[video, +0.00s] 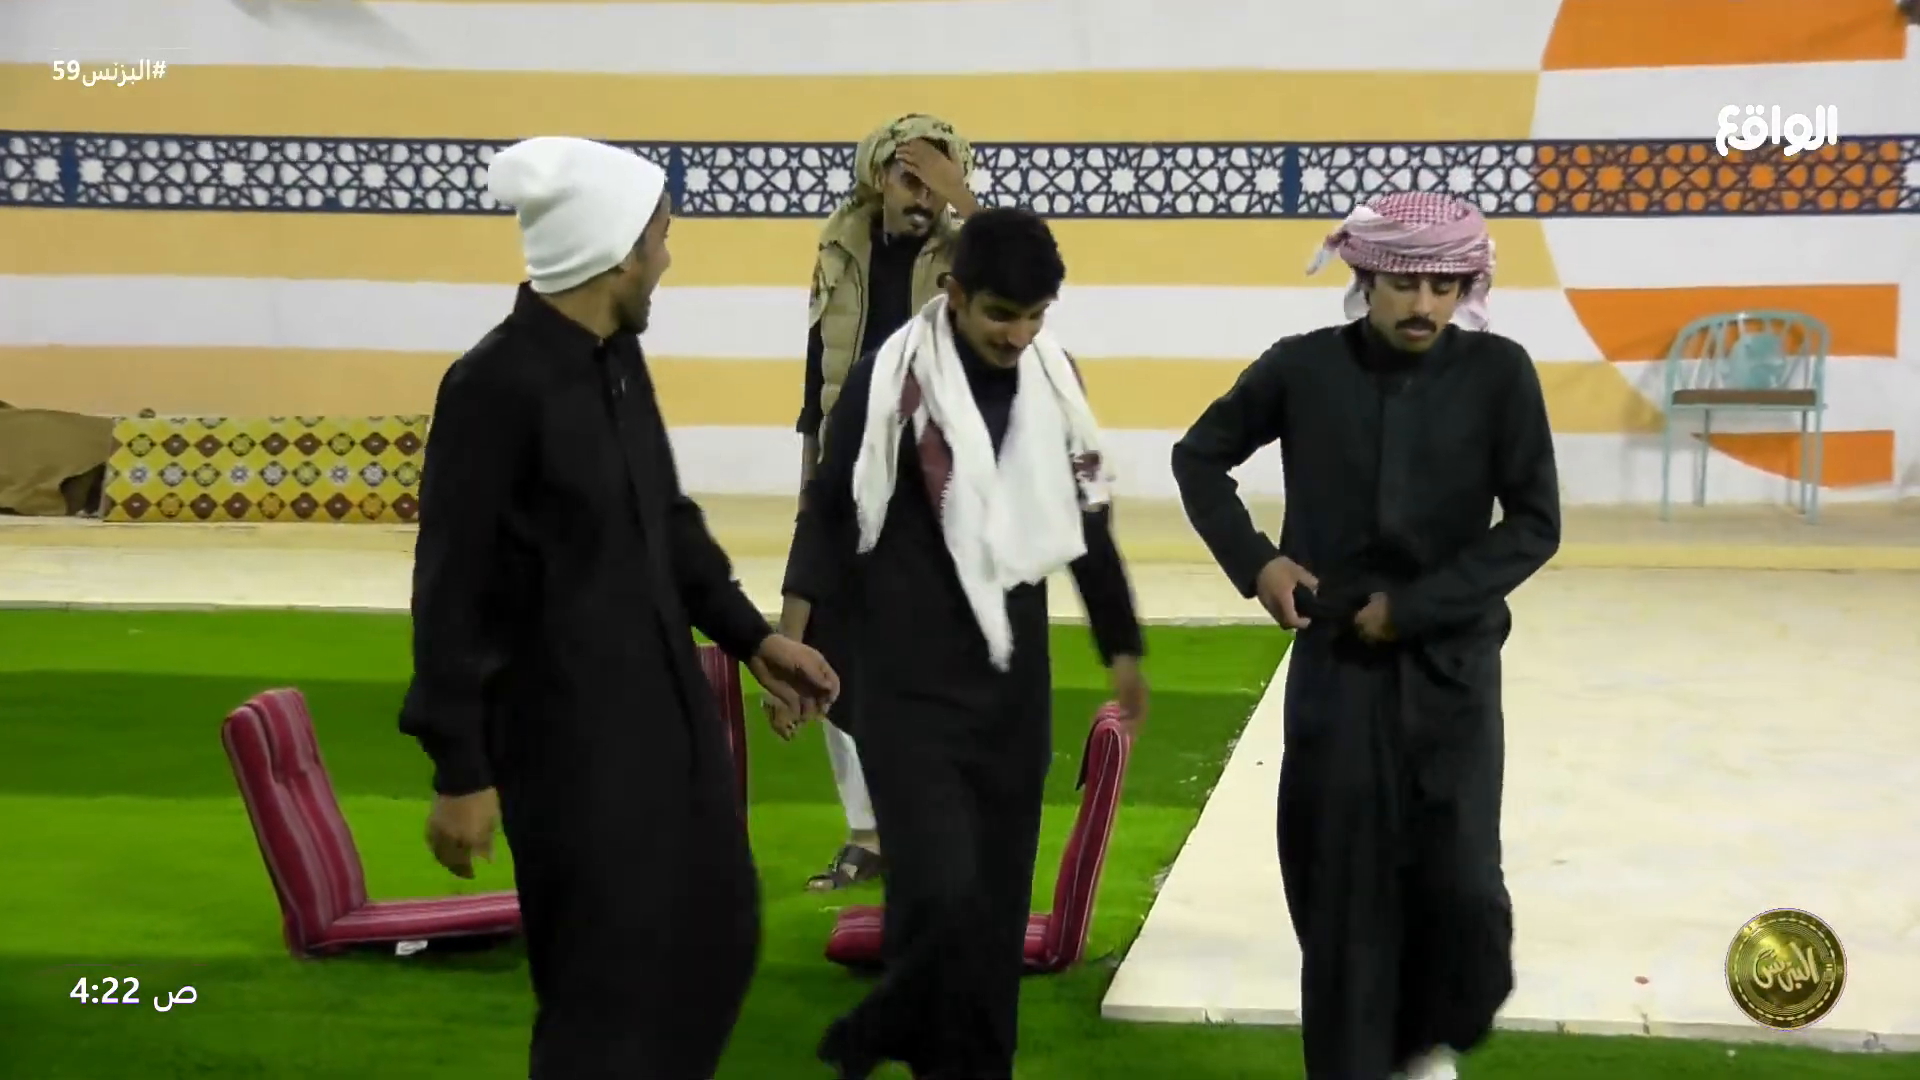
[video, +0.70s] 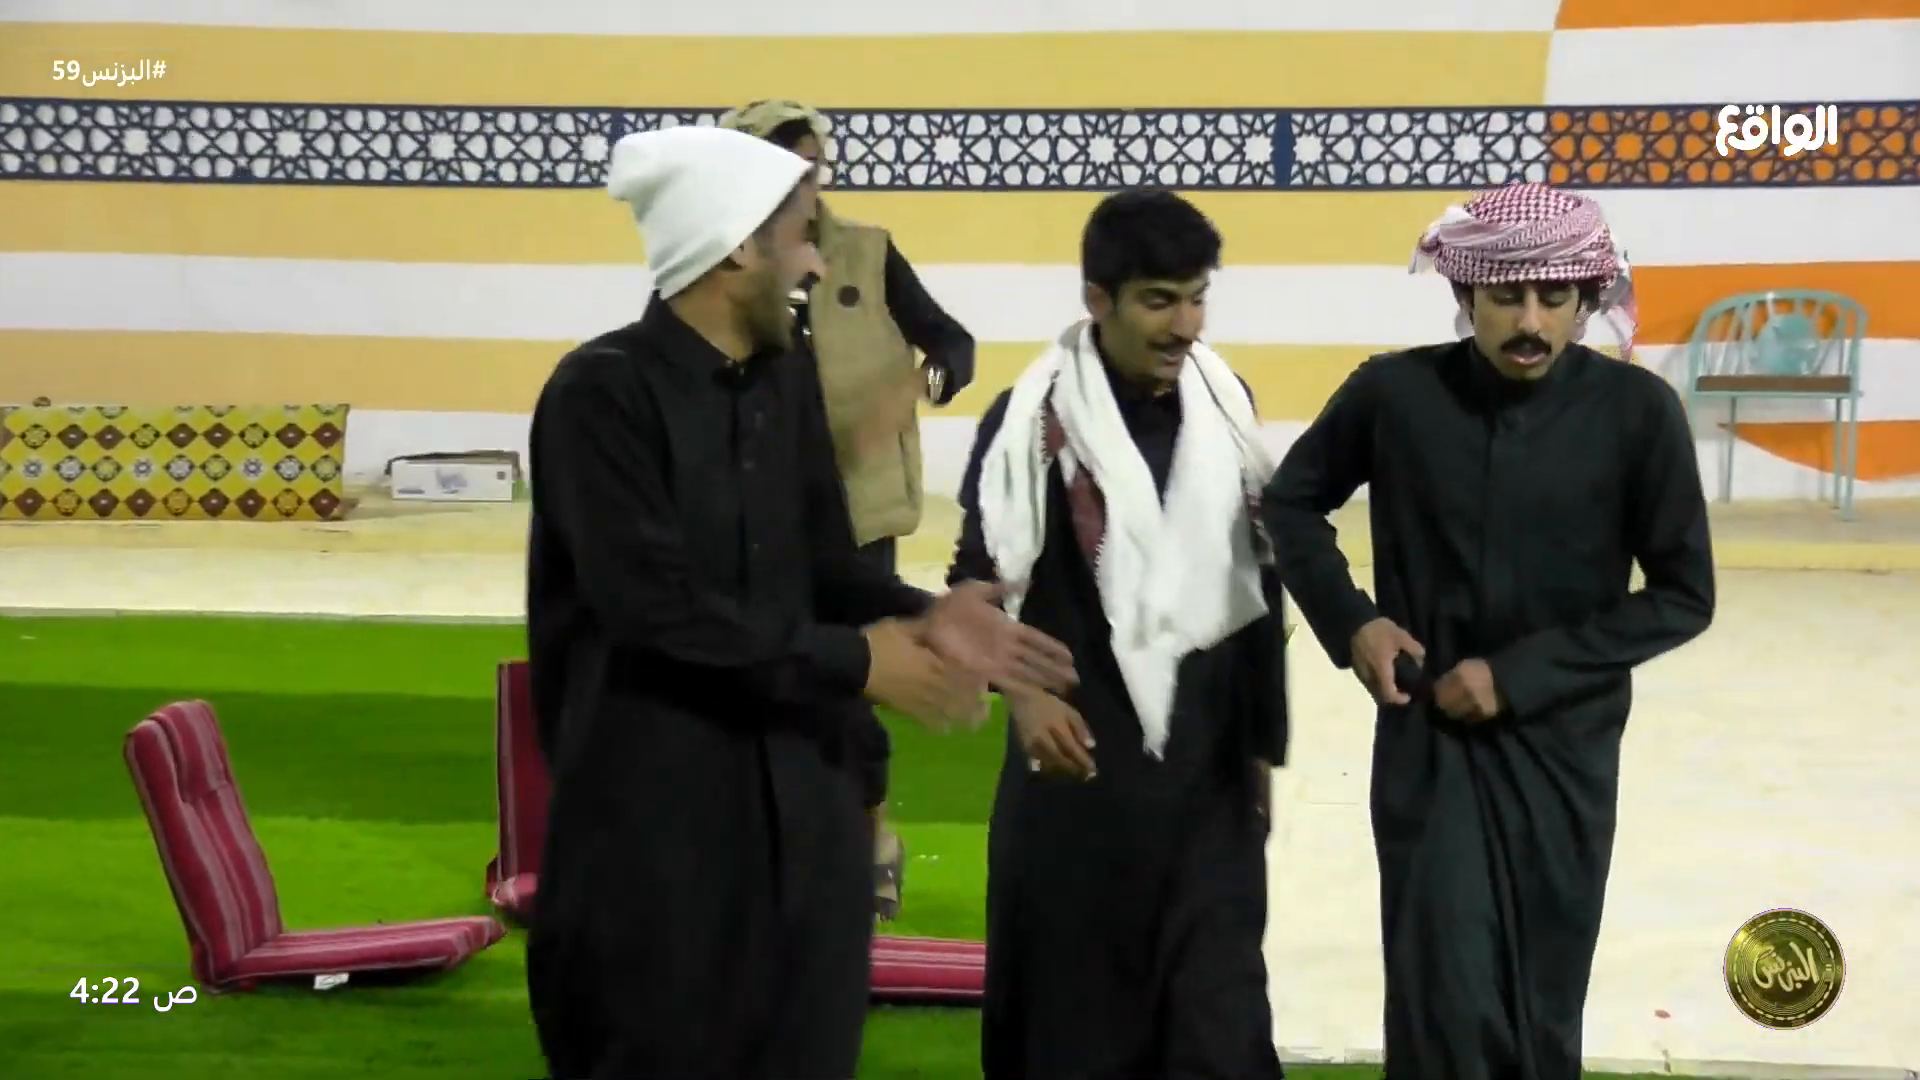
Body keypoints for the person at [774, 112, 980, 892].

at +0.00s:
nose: (918, 201)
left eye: (931, 188)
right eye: (904, 183)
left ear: (952, 191)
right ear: (874, 179)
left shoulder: (968, 252)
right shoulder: (842, 243)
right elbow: (821, 356)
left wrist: (964, 211)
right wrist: (813, 465)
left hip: (942, 493)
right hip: (849, 489)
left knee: (932, 651)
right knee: (842, 650)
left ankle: (935, 830)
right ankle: (865, 831)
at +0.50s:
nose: (879, 200)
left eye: (888, 185)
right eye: (863, 185)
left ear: (903, 184)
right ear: (819, 182)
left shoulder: (921, 254)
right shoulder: (775, 263)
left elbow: (993, 315)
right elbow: (753, 385)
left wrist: (927, 228)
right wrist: (749, 494)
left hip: (903, 510)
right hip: (804, 512)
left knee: (902, 680)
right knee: (788, 680)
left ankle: (910, 862)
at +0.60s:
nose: (840, 192)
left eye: (849, 176)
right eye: (820, 177)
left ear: (858, 182)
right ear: (774, 186)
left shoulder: (889, 263)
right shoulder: (743, 275)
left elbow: (987, 346)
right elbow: (701, 388)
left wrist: (943, 325)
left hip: (874, 524)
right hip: (768, 525)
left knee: (873, 690)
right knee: (774, 686)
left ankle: (895, 860)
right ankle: (774, 859)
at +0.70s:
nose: (812, 187)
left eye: (816, 172)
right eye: (794, 179)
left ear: (826, 164)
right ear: (748, 188)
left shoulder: (865, 252)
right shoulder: (725, 273)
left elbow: (952, 341)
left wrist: (920, 386)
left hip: (865, 501)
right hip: (759, 519)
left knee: (848, 692)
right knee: (781, 690)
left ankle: (871, 834)